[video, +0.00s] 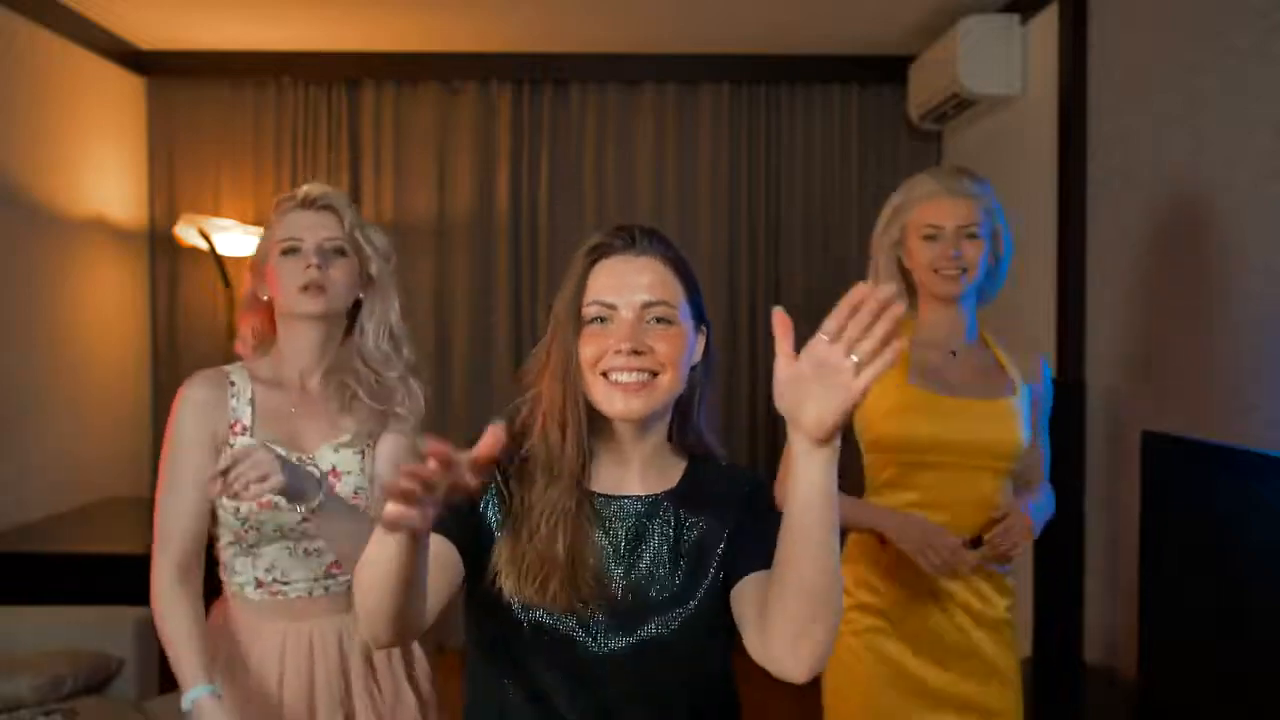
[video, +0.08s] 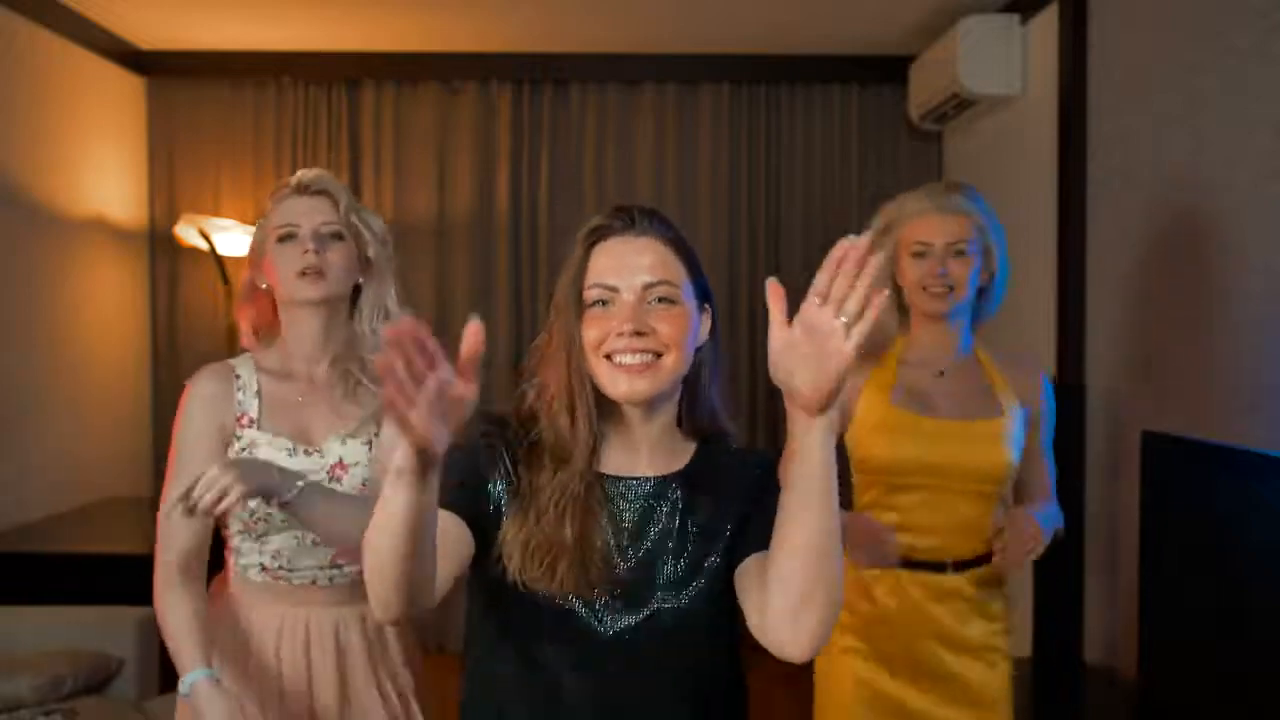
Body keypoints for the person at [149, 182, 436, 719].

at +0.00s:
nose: (312, 262)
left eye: (334, 251)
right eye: (291, 250)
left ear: (361, 284)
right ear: (263, 281)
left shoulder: (390, 404)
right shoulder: (211, 399)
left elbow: (398, 562)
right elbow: (175, 572)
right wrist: (200, 697)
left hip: (364, 655)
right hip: (251, 661)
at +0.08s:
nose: (310, 247)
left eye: (331, 236)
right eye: (288, 237)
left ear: (361, 267)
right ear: (263, 271)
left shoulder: (400, 390)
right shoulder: (219, 391)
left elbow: (403, 535)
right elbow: (178, 563)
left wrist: (281, 484)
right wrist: (199, 682)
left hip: (361, 646)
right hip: (243, 649)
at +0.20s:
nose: (311, 247)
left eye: (333, 235)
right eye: (290, 236)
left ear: (364, 266)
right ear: (263, 268)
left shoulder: (405, 376)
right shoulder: (223, 397)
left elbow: (356, 525)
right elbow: (198, 558)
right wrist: (194, 689)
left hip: (356, 646)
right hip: (246, 649)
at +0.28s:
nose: (311, 259)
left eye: (334, 247)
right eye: (289, 245)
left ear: (364, 278)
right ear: (262, 278)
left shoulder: (401, 385)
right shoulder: (226, 409)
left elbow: (337, 553)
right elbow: (207, 579)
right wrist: (193, 702)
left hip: (353, 672)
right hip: (244, 667)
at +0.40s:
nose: (316, 253)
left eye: (340, 245)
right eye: (294, 238)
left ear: (363, 281)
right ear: (261, 270)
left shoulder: (378, 382)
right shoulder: (223, 399)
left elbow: (368, 576)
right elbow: (204, 570)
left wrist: (327, 711)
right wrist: (209, 710)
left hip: (359, 641)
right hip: (259, 637)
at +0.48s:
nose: (317, 244)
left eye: (341, 238)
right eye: (296, 228)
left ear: (360, 279)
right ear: (257, 258)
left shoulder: (370, 380)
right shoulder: (206, 387)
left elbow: (377, 574)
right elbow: (202, 557)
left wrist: (359, 710)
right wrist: (219, 706)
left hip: (348, 636)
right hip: (257, 633)